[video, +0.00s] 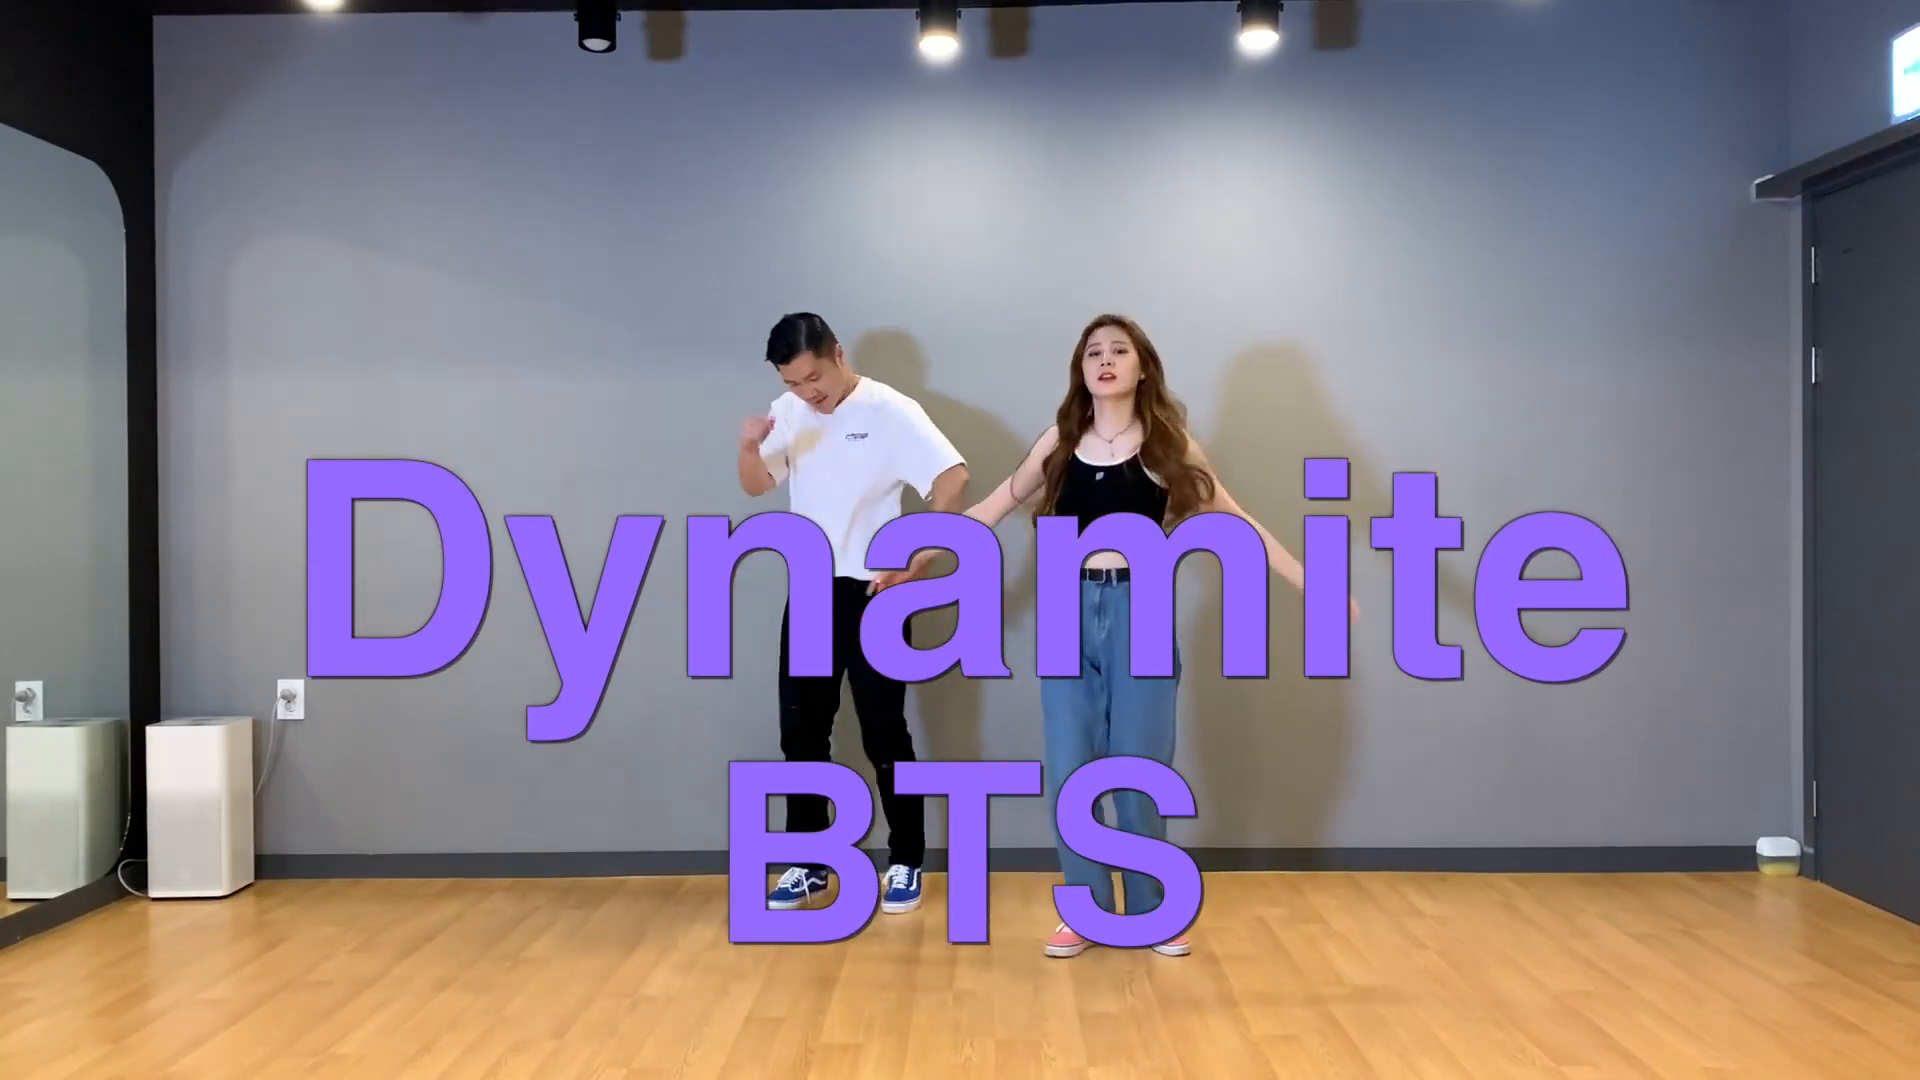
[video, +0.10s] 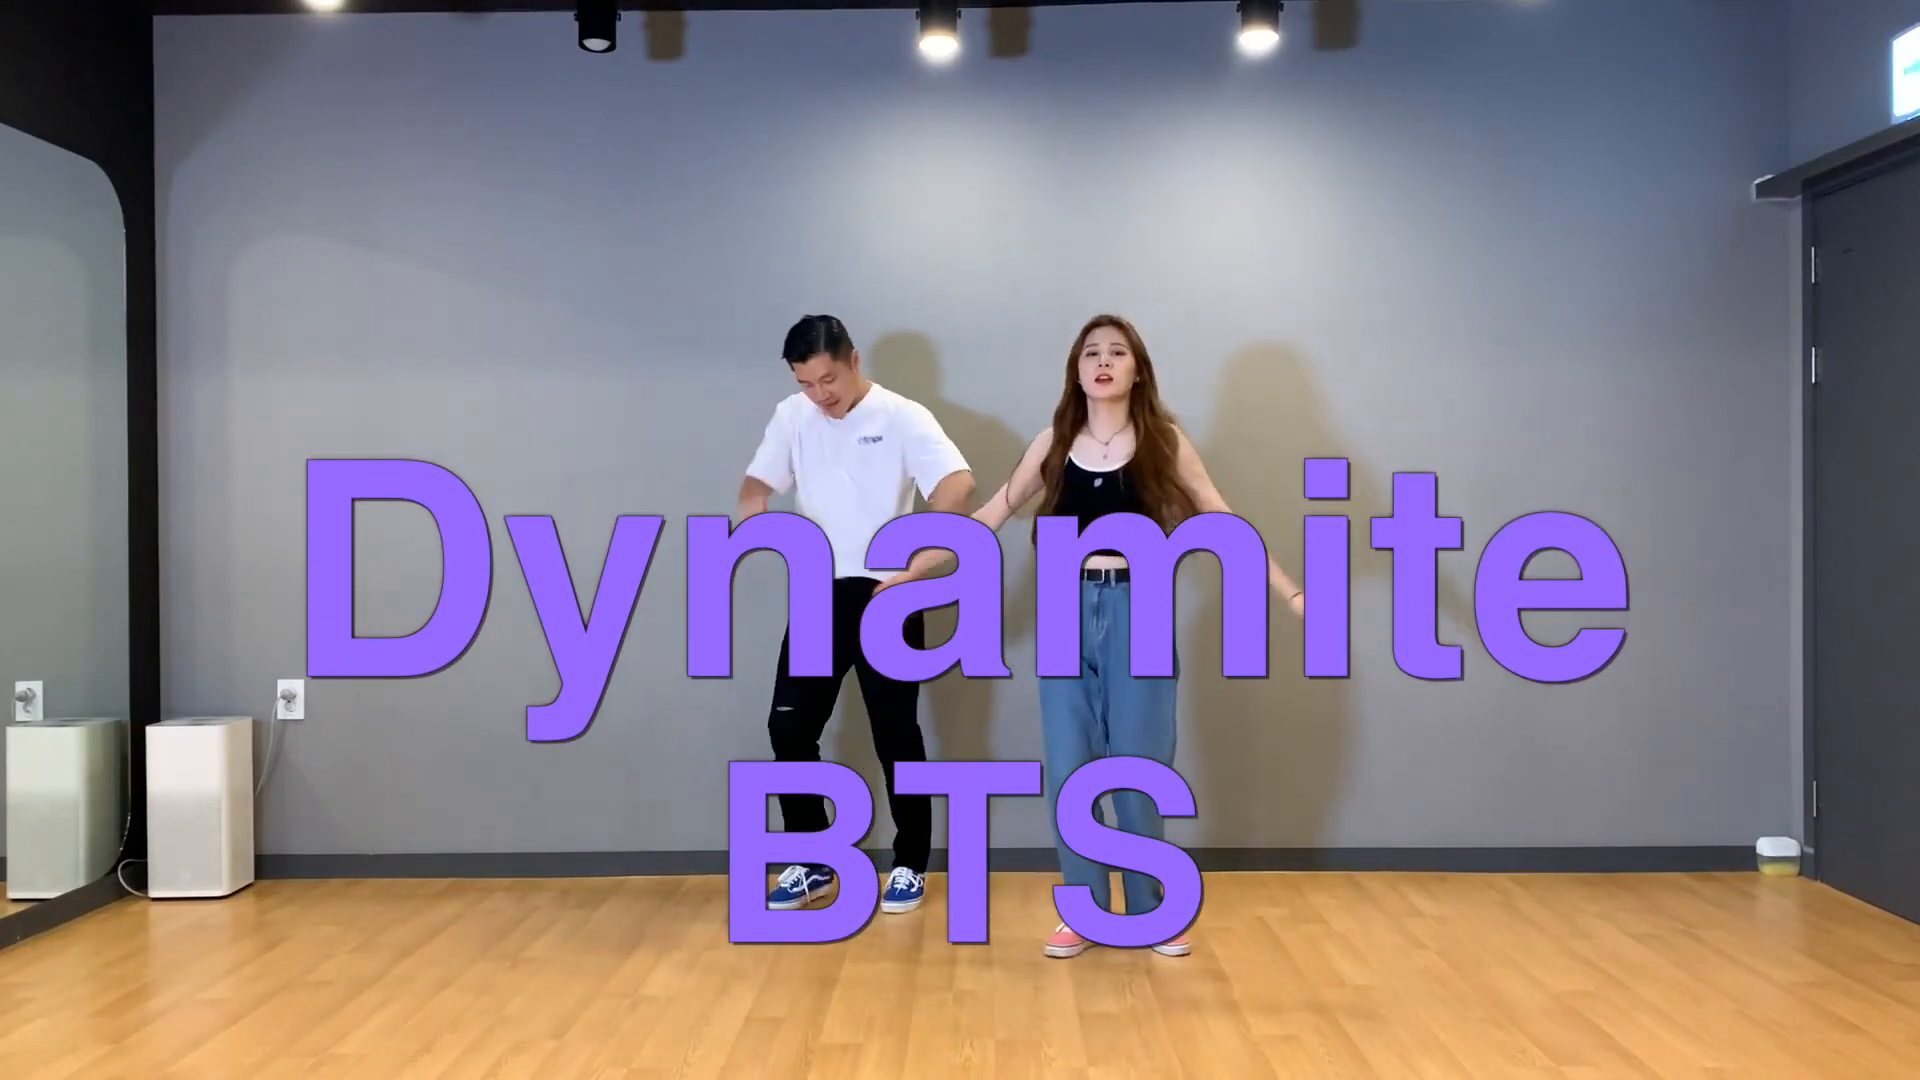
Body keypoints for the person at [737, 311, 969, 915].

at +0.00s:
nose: (808, 395)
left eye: (814, 380)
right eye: (796, 385)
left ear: (839, 354)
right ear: (784, 376)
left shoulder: (889, 410)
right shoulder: (790, 409)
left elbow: (952, 476)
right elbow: (757, 485)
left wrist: (918, 563)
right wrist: (748, 448)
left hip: (872, 591)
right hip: (807, 591)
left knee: (884, 734)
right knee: (801, 731)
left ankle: (905, 862)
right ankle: (809, 863)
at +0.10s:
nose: (818, 394)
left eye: (828, 380)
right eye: (807, 384)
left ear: (855, 361)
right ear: (797, 375)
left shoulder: (902, 417)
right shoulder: (793, 413)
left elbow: (958, 485)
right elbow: (757, 483)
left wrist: (920, 563)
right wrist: (752, 520)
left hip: (885, 592)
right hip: (817, 593)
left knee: (895, 734)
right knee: (789, 724)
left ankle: (909, 864)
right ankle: (811, 859)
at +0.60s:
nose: (827, 351)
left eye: (839, 343)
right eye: (814, 344)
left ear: (857, 361)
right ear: (797, 364)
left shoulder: (895, 439)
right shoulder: (767, 443)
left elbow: (950, 525)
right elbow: (739, 530)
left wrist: (933, 510)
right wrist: (716, 604)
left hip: (879, 611)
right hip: (802, 613)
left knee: (910, 742)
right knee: (803, 748)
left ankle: (884, 865)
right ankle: (801, 876)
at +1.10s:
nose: (824, 324)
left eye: (835, 315)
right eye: (811, 318)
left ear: (858, 333)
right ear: (798, 339)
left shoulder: (899, 406)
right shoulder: (772, 413)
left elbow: (967, 455)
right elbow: (712, 472)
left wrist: (998, 413)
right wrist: (652, 427)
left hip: (875, 590)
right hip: (799, 592)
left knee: (877, 734)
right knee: (793, 732)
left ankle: (869, 863)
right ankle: (802, 871)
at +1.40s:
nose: (847, 365)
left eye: (859, 353)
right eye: (835, 355)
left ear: (877, 362)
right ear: (818, 365)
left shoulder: (905, 437)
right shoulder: (783, 424)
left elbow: (943, 520)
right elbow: (723, 481)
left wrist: (966, 456)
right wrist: (662, 455)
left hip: (878, 602)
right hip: (805, 602)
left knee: (914, 735)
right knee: (807, 739)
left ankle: (874, 859)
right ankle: (788, 863)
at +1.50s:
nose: (845, 380)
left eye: (856, 368)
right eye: (832, 369)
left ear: (873, 375)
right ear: (815, 377)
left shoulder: (894, 460)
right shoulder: (779, 432)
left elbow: (926, 547)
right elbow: (713, 486)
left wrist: (958, 485)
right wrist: (653, 485)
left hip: (878, 617)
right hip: (805, 614)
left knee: (908, 747)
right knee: (805, 755)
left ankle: (868, 861)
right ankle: (784, 874)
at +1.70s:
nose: (829, 360)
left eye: (841, 348)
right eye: (817, 348)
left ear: (858, 352)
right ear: (799, 353)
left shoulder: (891, 427)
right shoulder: (767, 422)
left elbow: (929, 512)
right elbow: (724, 506)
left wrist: (917, 590)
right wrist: (695, 578)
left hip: (866, 599)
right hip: (790, 598)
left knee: (871, 741)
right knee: (781, 738)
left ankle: (858, 860)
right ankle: (785, 871)